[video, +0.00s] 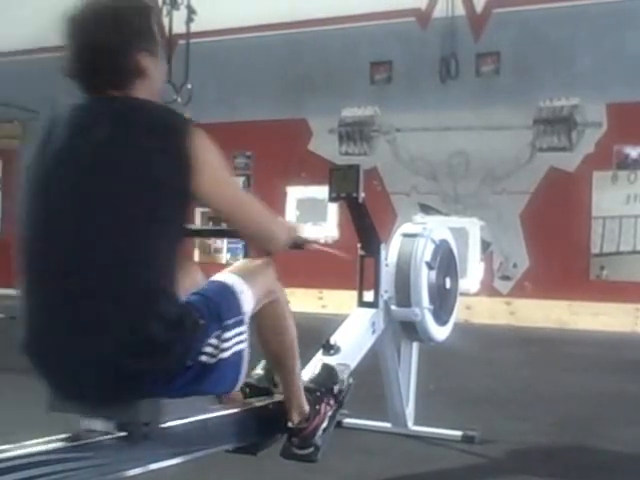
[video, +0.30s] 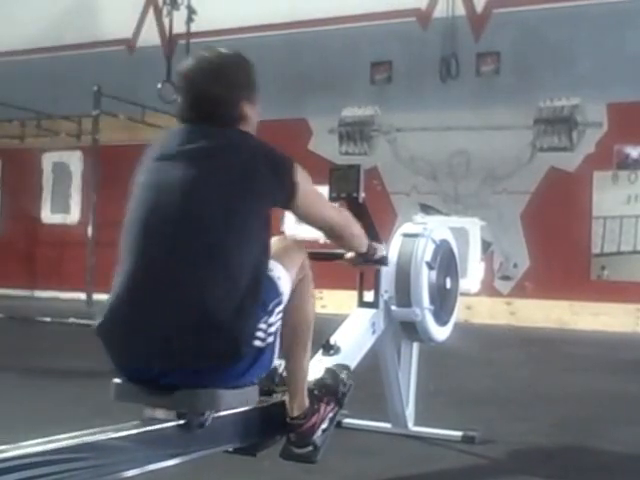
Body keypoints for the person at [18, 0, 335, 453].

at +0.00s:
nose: (166, 66)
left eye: (162, 52)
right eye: (161, 51)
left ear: (83, 63)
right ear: (142, 59)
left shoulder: (56, 131)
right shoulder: (171, 133)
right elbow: (270, 235)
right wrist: (287, 233)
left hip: (61, 366)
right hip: (142, 368)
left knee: (183, 268)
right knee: (265, 273)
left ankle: (233, 406)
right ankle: (299, 414)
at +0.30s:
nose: (258, 114)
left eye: (256, 103)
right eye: (256, 104)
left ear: (187, 106)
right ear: (244, 109)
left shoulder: (157, 153)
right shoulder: (261, 161)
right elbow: (338, 223)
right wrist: (362, 247)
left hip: (134, 358)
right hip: (215, 361)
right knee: (294, 249)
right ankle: (300, 412)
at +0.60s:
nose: (266, 117)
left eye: (265, 106)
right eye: (264, 107)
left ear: (197, 110)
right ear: (252, 114)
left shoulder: (168, 157)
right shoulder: (260, 161)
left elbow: (224, 236)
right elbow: (337, 217)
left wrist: (308, 243)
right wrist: (370, 243)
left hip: (134, 358)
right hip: (212, 361)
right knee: (292, 249)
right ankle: (300, 411)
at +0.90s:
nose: (168, 53)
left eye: (164, 42)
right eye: (163, 43)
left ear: (85, 58)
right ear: (147, 57)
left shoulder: (61, 130)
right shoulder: (182, 132)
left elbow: (109, 213)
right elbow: (268, 200)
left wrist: (196, 230)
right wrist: (308, 229)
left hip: (59, 360)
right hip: (149, 362)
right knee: (254, 279)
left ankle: (235, 398)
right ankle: (300, 410)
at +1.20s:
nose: (41, 55)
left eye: (39, 43)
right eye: (37, 43)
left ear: (4, 46)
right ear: (12, 44)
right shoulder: (51, 131)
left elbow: (23, 248)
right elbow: (169, 245)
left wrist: (96, 231)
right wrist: (209, 239)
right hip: (68, 358)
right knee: (231, 344)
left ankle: (262, 404)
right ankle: (306, 413)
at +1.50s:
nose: (85, 55)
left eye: (84, 43)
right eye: (82, 43)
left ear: (6, 45)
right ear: (60, 44)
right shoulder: (65, 119)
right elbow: (75, 252)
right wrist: (141, 245)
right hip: (54, 357)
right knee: (237, 323)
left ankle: (237, 403)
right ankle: (301, 413)